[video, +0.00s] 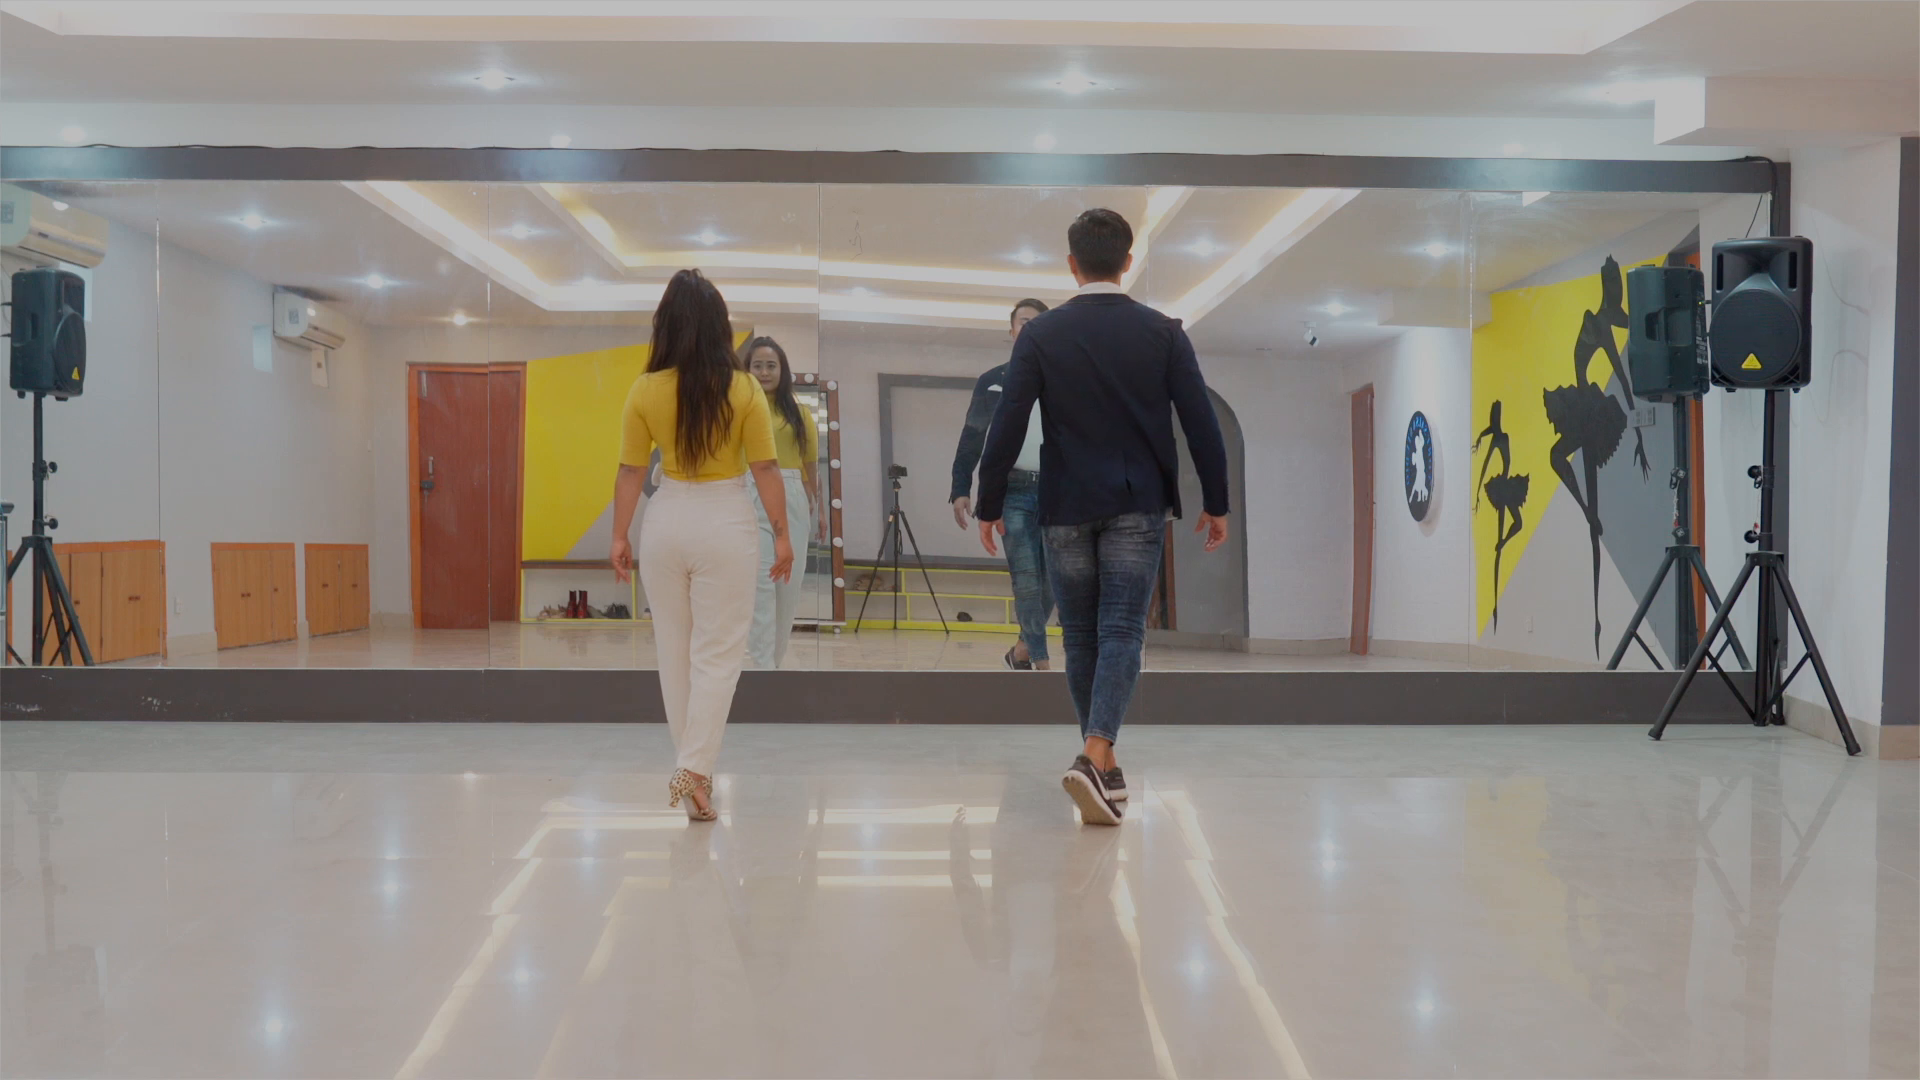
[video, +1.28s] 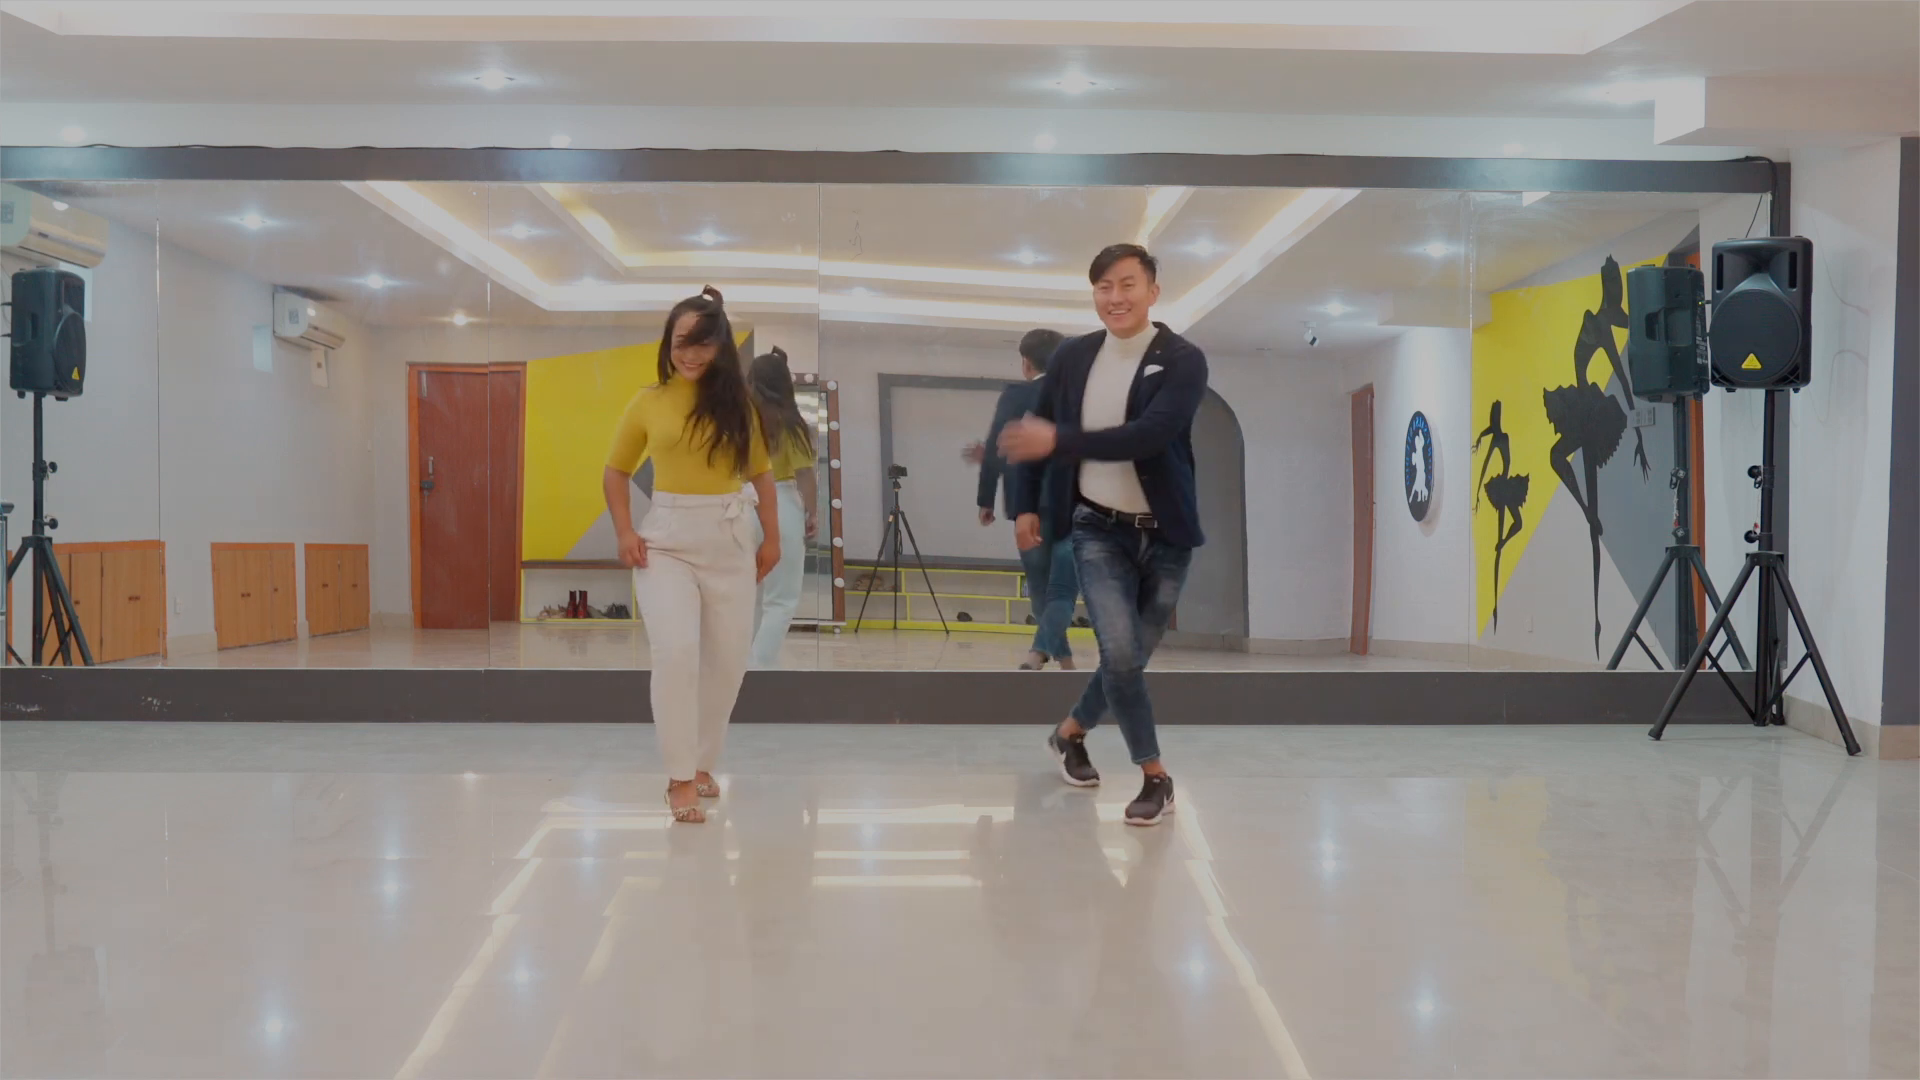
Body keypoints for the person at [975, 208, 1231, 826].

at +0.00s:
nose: (1075, 267)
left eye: (1071, 259)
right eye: (1125, 257)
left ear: (1070, 263)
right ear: (1130, 261)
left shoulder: (1042, 332)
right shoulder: (1161, 330)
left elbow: (1009, 422)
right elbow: (1200, 418)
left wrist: (989, 500)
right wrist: (1216, 500)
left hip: (1065, 500)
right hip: (1139, 499)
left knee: (1080, 634)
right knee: (1122, 630)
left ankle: (1107, 771)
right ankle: (1091, 758)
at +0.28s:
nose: (1138, 270)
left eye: (1082, 266)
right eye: (1138, 263)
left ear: (1077, 272)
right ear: (1136, 268)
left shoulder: (1048, 339)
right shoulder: (1154, 330)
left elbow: (1004, 423)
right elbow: (1186, 415)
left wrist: (1034, 484)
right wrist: (1210, 487)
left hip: (1060, 504)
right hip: (1131, 504)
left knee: (1077, 633)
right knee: (1129, 638)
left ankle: (1095, 763)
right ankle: (1097, 764)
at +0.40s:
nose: (1149, 278)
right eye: (1148, 269)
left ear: (1088, 276)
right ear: (1145, 274)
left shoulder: (1079, 334)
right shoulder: (1119, 335)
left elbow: (1058, 420)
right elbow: (1116, 421)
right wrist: (1170, 480)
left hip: (1067, 508)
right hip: (1096, 510)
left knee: (1103, 631)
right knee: (1139, 637)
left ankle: (1052, 760)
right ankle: (1081, 771)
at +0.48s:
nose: (1158, 287)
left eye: (1156, 276)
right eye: (1156, 275)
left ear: (1111, 275)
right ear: (1143, 275)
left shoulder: (1119, 336)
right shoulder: (1094, 334)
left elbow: (1115, 423)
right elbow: (1066, 418)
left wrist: (1142, 492)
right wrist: (1126, 477)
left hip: (1114, 513)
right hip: (1079, 514)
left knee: (1108, 635)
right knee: (1113, 637)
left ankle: (1039, 749)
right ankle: (1090, 775)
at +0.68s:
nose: (1109, 285)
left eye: (1121, 273)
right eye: (1100, 274)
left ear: (1149, 279)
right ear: (1090, 282)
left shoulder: (1176, 358)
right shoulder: (1060, 348)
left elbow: (1205, 437)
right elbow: (1000, 422)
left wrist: (1178, 505)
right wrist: (1055, 471)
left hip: (1138, 520)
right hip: (1074, 514)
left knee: (1100, 638)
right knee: (1101, 636)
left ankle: (1049, 742)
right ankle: (1089, 774)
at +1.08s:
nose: (1120, 293)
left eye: (1133, 281)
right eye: (1110, 283)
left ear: (1157, 288)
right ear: (1098, 291)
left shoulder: (1185, 355)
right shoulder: (1072, 353)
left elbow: (1206, 433)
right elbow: (991, 405)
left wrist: (1143, 431)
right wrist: (1019, 487)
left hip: (1149, 525)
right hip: (1082, 520)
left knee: (1116, 648)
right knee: (1111, 644)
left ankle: (1050, 741)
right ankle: (1146, 771)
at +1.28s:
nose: (1115, 296)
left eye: (1127, 284)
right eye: (1104, 287)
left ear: (1153, 291)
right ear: (1093, 296)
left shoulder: (1184, 359)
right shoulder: (1071, 357)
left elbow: (1152, 436)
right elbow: (1036, 436)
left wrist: (1059, 439)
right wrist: (1025, 506)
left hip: (1165, 529)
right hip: (1095, 524)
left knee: (1133, 656)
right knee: (1119, 653)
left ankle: (1071, 730)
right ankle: (1155, 775)